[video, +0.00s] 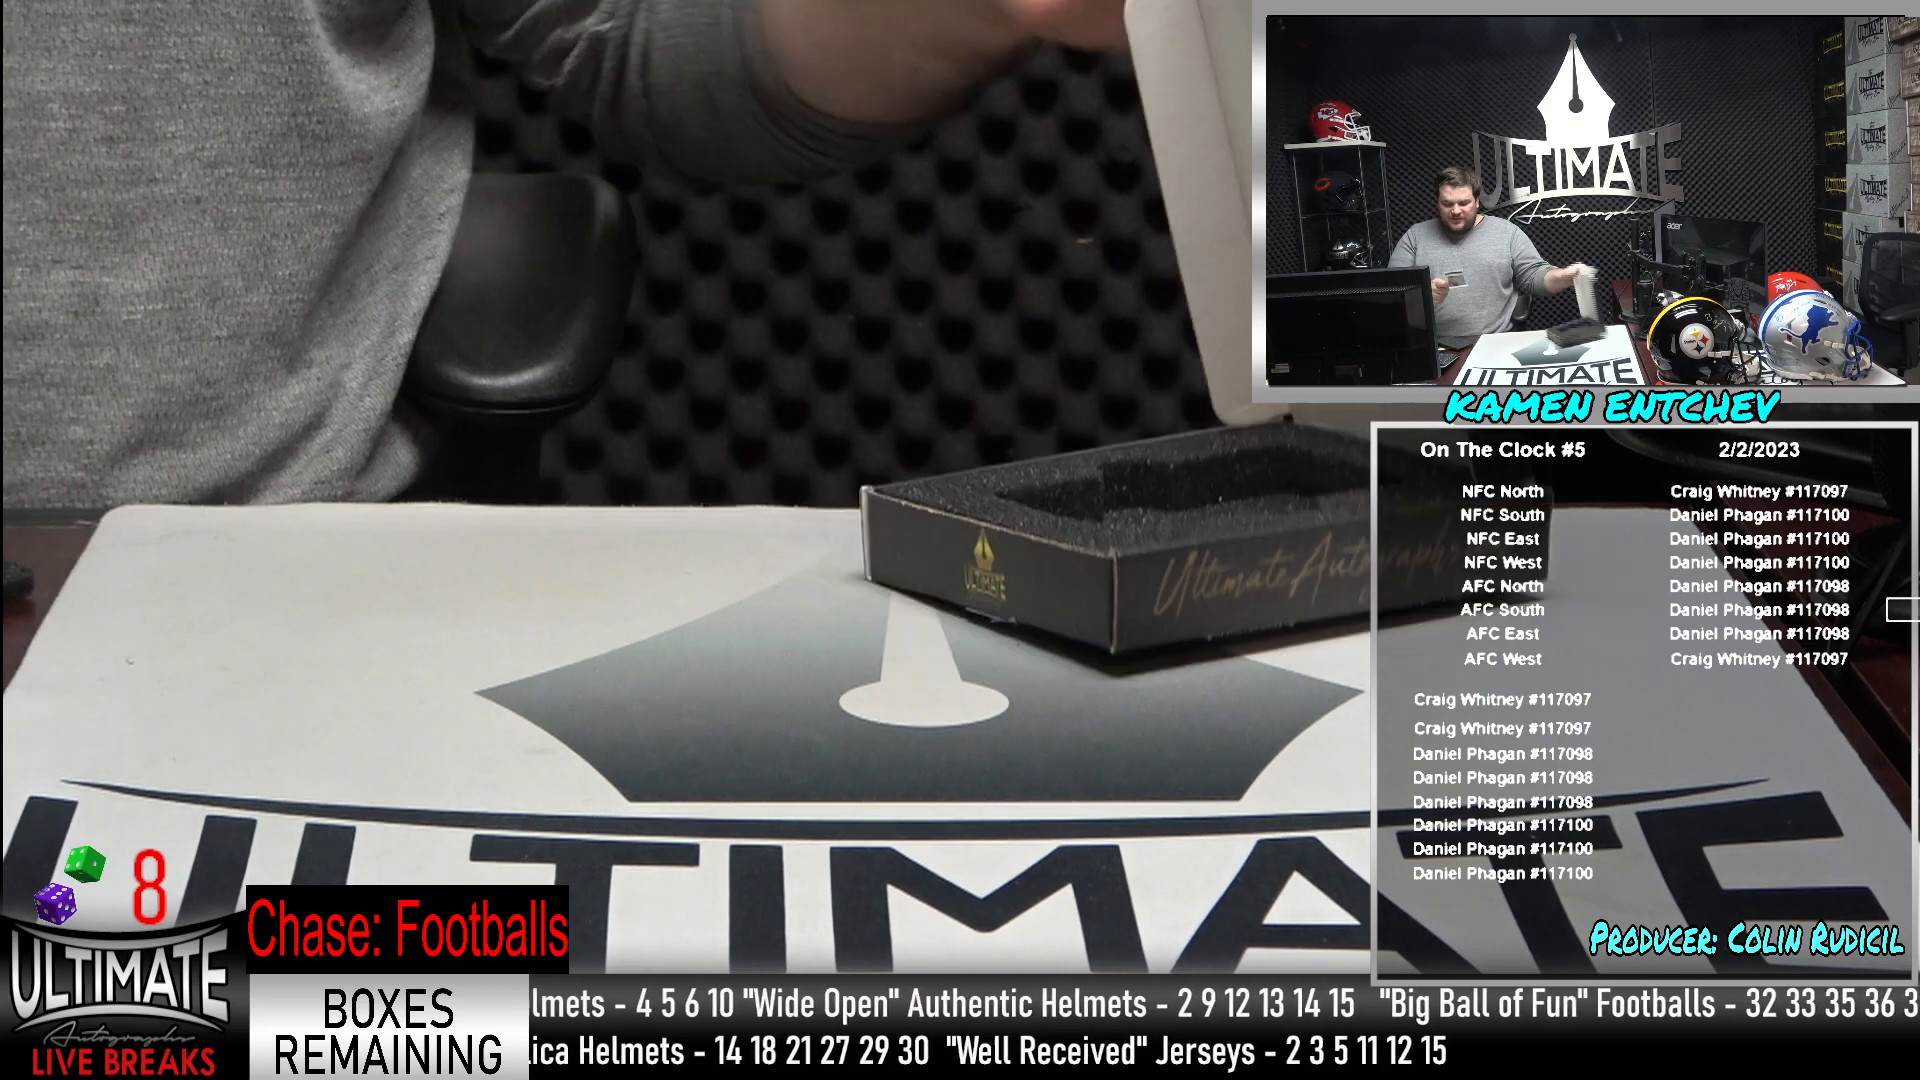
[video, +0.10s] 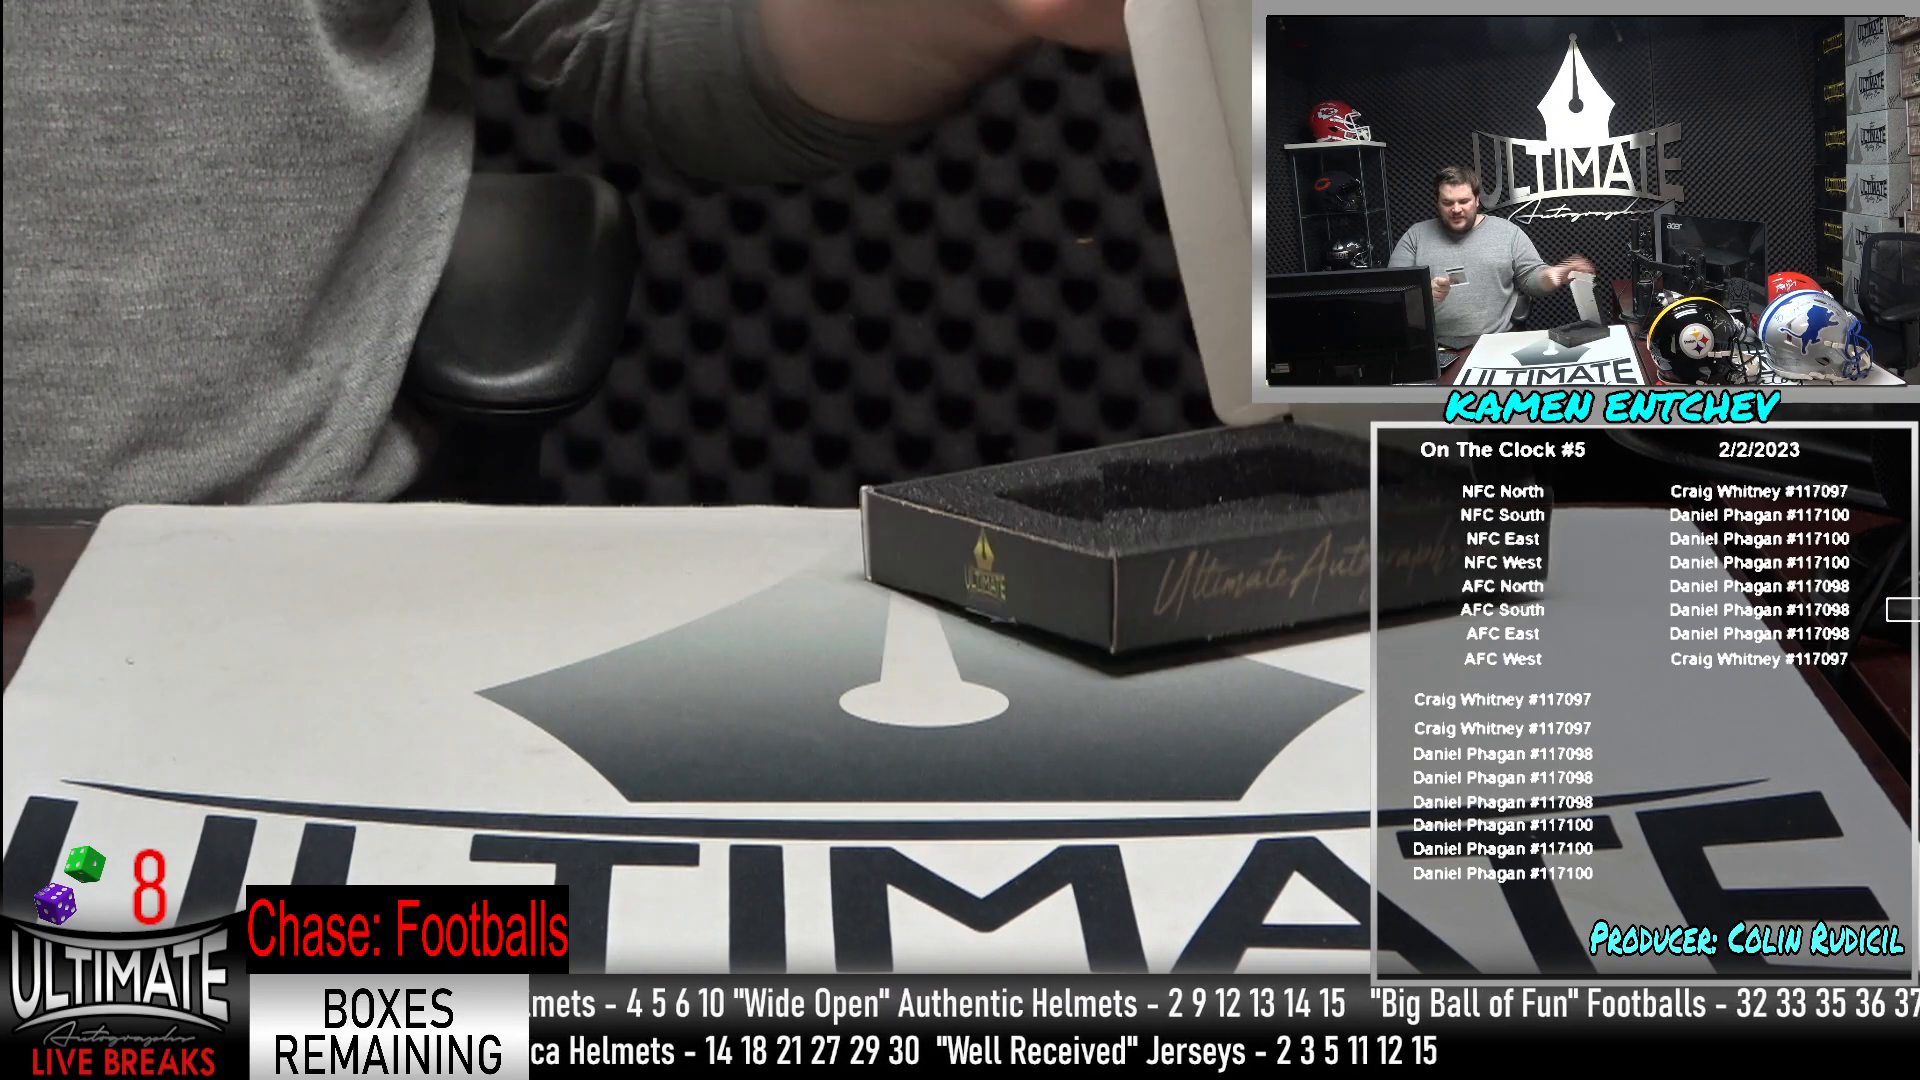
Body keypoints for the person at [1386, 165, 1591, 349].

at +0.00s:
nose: (1456, 211)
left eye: (1463, 203)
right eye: (1448, 204)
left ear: (1477, 201)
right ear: (1437, 203)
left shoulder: (1507, 233)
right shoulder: (1416, 237)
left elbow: (1532, 276)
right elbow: (1390, 288)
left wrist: (1564, 277)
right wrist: (1421, 291)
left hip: (1496, 348)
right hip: (1433, 352)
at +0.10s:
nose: (1456, 210)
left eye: (1463, 201)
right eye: (1448, 203)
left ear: (1476, 200)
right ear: (1437, 202)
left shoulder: (1507, 233)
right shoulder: (1416, 237)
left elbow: (1530, 276)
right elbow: (1390, 289)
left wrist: (1553, 276)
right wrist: (1421, 291)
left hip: (1497, 348)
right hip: (1435, 351)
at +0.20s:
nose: (1456, 210)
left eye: (1463, 201)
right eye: (1448, 203)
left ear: (1476, 200)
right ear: (1438, 203)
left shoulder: (1508, 233)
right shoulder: (1416, 237)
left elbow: (1530, 275)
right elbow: (1391, 288)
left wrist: (1552, 277)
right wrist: (1423, 290)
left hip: (1497, 348)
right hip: (1434, 352)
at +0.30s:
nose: (1461, 209)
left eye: (1468, 200)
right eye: (1452, 202)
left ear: (1480, 199)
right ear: (1441, 203)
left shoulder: (1508, 233)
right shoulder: (1418, 235)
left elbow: (1542, 277)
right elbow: (1392, 287)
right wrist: (1428, 289)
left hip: (1496, 346)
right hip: (1434, 351)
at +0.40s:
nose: (1464, 209)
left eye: (1471, 201)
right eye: (1455, 202)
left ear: (1481, 200)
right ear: (1442, 202)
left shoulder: (1507, 232)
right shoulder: (1419, 234)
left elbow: (1536, 282)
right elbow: (1394, 286)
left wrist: (1496, 284)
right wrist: (1432, 289)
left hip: (1497, 343)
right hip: (1436, 349)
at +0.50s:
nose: (1464, 209)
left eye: (1471, 201)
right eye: (1455, 202)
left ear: (1481, 199)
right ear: (1442, 202)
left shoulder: (1507, 232)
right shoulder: (1419, 234)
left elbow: (1536, 281)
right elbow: (1394, 288)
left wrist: (1496, 284)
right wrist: (1431, 289)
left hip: (1497, 345)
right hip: (1436, 349)